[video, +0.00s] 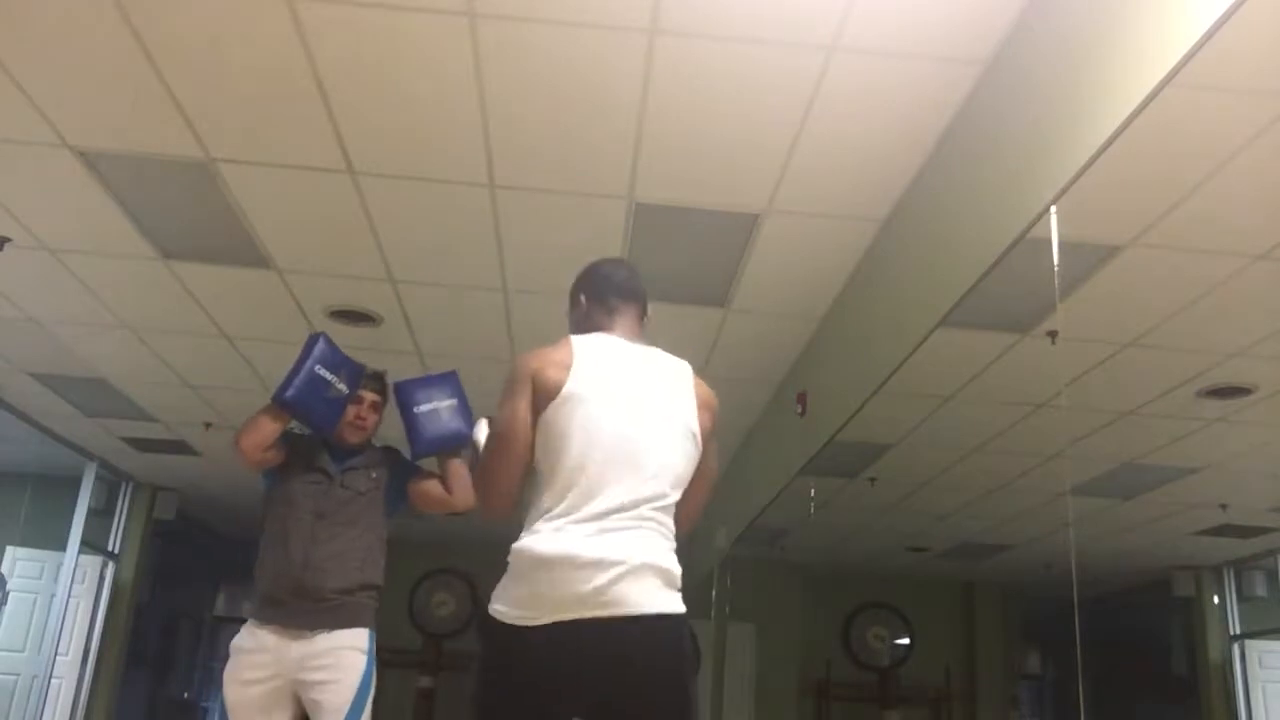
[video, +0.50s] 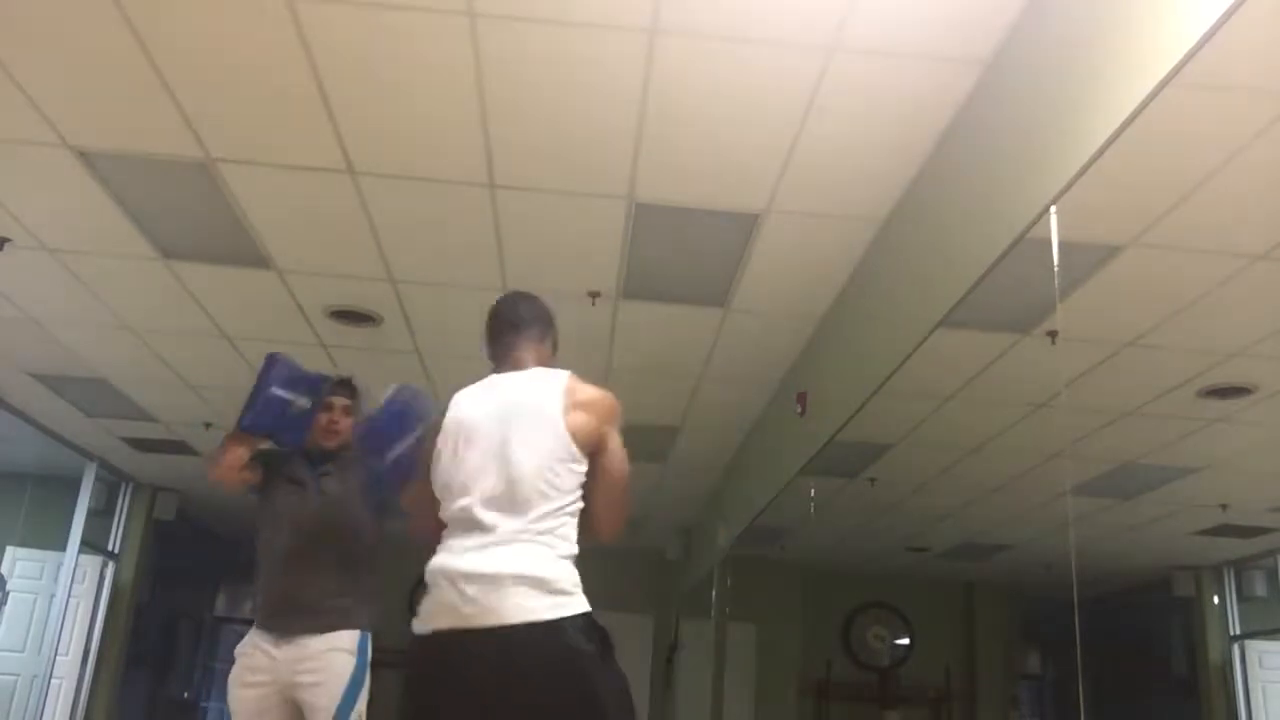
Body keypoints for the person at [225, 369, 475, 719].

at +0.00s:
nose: (362, 413)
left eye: (373, 407)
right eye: (355, 401)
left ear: (381, 418)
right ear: (332, 403)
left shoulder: (387, 466)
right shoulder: (295, 450)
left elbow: (460, 500)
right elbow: (248, 446)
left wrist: (446, 431)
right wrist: (300, 393)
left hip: (341, 642)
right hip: (265, 637)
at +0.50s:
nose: (334, 418)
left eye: (345, 412)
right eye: (326, 408)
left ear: (356, 424)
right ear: (309, 416)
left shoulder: (370, 471)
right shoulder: (277, 466)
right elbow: (221, 475)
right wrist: (258, 421)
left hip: (334, 646)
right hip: (264, 644)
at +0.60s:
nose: (319, 424)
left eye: (331, 416)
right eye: (309, 414)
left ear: (341, 427)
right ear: (293, 421)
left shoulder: (357, 476)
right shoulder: (266, 472)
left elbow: (405, 533)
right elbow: (202, 495)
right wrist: (237, 431)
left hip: (328, 648)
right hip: (258, 646)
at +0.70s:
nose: (316, 423)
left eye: (328, 416)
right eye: (307, 413)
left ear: (337, 427)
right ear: (290, 420)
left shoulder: (357, 475)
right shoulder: (261, 472)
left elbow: (400, 546)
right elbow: (192, 508)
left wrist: (358, 560)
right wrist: (232, 438)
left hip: (330, 644)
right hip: (259, 643)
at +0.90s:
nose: (344, 422)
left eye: (355, 416)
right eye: (336, 411)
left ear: (362, 427)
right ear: (317, 418)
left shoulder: (376, 476)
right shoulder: (279, 469)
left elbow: (415, 548)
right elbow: (211, 536)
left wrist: (389, 600)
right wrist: (246, 471)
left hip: (335, 641)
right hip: (265, 640)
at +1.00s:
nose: (367, 429)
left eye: (378, 424)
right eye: (360, 418)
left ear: (385, 436)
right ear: (340, 423)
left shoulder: (394, 484)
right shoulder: (297, 472)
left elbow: (429, 560)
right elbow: (231, 547)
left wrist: (397, 606)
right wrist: (260, 517)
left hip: (348, 646)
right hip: (276, 643)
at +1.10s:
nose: (393, 437)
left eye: (405, 433)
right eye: (387, 426)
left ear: (411, 445)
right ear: (367, 429)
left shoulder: (418, 496)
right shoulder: (320, 478)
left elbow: (447, 576)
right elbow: (260, 553)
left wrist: (407, 620)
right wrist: (286, 534)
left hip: (368, 661)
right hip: (295, 652)